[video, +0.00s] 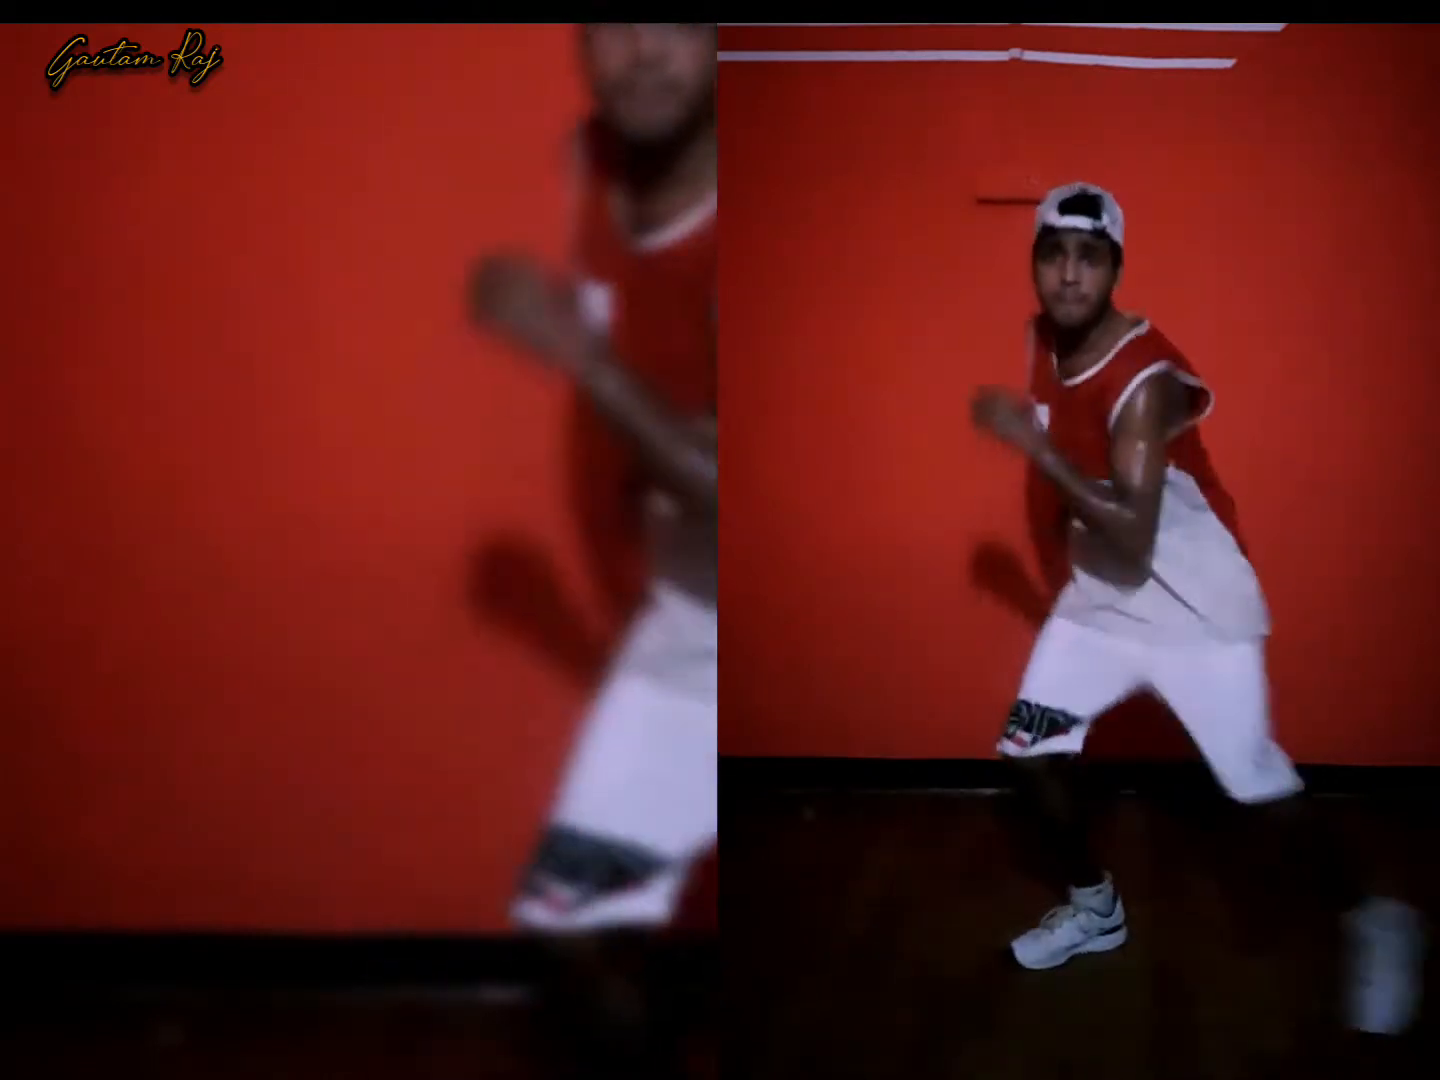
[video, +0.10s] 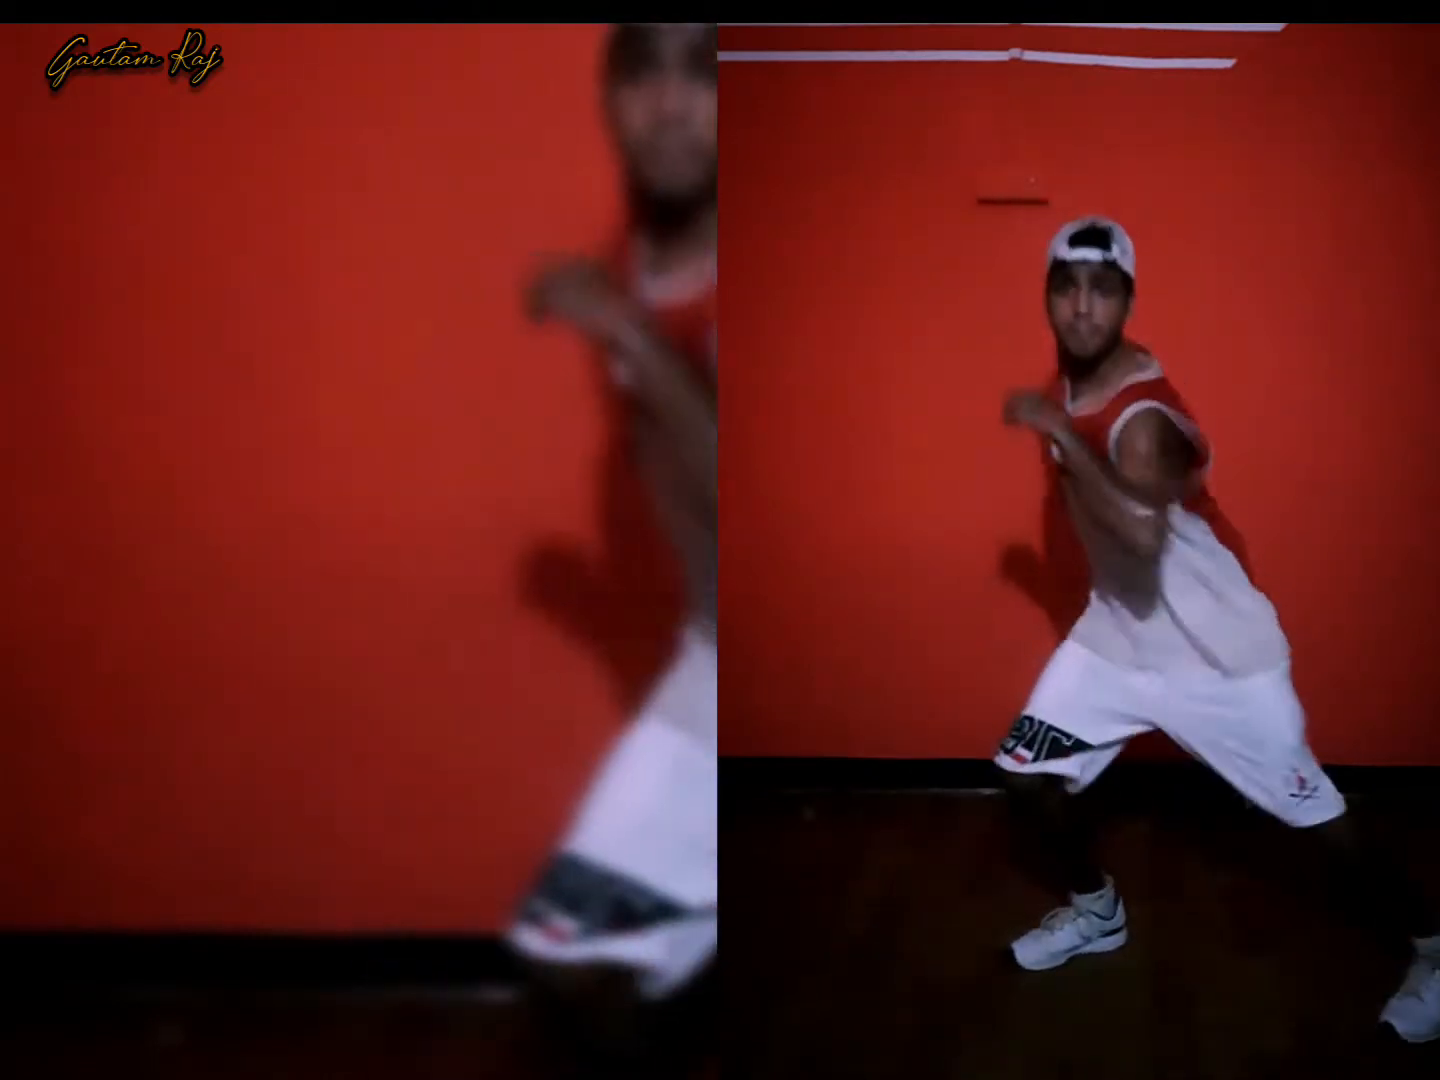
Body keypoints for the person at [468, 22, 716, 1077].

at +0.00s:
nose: (640, 53)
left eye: (670, 28)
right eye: (614, 29)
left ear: (720, 46)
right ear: (583, 49)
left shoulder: (765, 226)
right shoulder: (606, 170)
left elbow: (736, 496)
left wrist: (580, 351)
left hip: (745, 611)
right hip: (680, 610)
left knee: (581, 919)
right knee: (576, 920)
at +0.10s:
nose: (669, 104)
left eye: (701, 71)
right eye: (641, 71)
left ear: (741, 99)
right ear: (607, 102)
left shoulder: (773, 277)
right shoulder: (633, 279)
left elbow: (743, 508)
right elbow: (694, 510)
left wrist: (633, 338)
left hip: (750, 647)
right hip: (714, 649)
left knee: (589, 936)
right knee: (585, 937)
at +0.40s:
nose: (645, 50)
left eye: (672, 24)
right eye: (618, 27)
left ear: (723, 40)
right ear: (588, 47)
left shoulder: (790, 189)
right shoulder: (560, 210)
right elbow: (546, 445)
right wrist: (646, 505)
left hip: (769, 594)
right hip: (636, 591)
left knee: (707, 943)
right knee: (557, 895)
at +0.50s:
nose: (659, 62)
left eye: (682, 33)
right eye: (632, 37)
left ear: (732, 48)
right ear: (607, 61)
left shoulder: (818, 204)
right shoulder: (585, 236)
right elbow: (611, 514)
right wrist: (688, 373)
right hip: (608, 655)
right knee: (496, 917)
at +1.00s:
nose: (732, 60)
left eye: (748, 40)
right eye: (713, 39)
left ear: (793, 59)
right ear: (678, 52)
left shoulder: (845, 190)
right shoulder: (589, 207)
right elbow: (495, 318)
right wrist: (553, 505)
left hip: (835, 590)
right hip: (696, 600)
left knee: (862, 877)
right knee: (703, 895)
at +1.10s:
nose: (725, 61)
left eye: (736, 38)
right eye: (707, 37)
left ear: (787, 60)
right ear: (670, 57)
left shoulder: (850, 192)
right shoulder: (604, 222)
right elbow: (535, 388)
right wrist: (614, 518)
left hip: (835, 575)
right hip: (686, 578)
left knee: (847, 883)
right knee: (680, 911)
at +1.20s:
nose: (719, 82)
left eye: (732, 51)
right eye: (697, 52)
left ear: (778, 72)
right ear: (663, 75)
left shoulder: (850, 208)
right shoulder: (630, 239)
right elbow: (582, 503)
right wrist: (552, 431)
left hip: (831, 590)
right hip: (686, 584)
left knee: (837, 902)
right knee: (649, 915)